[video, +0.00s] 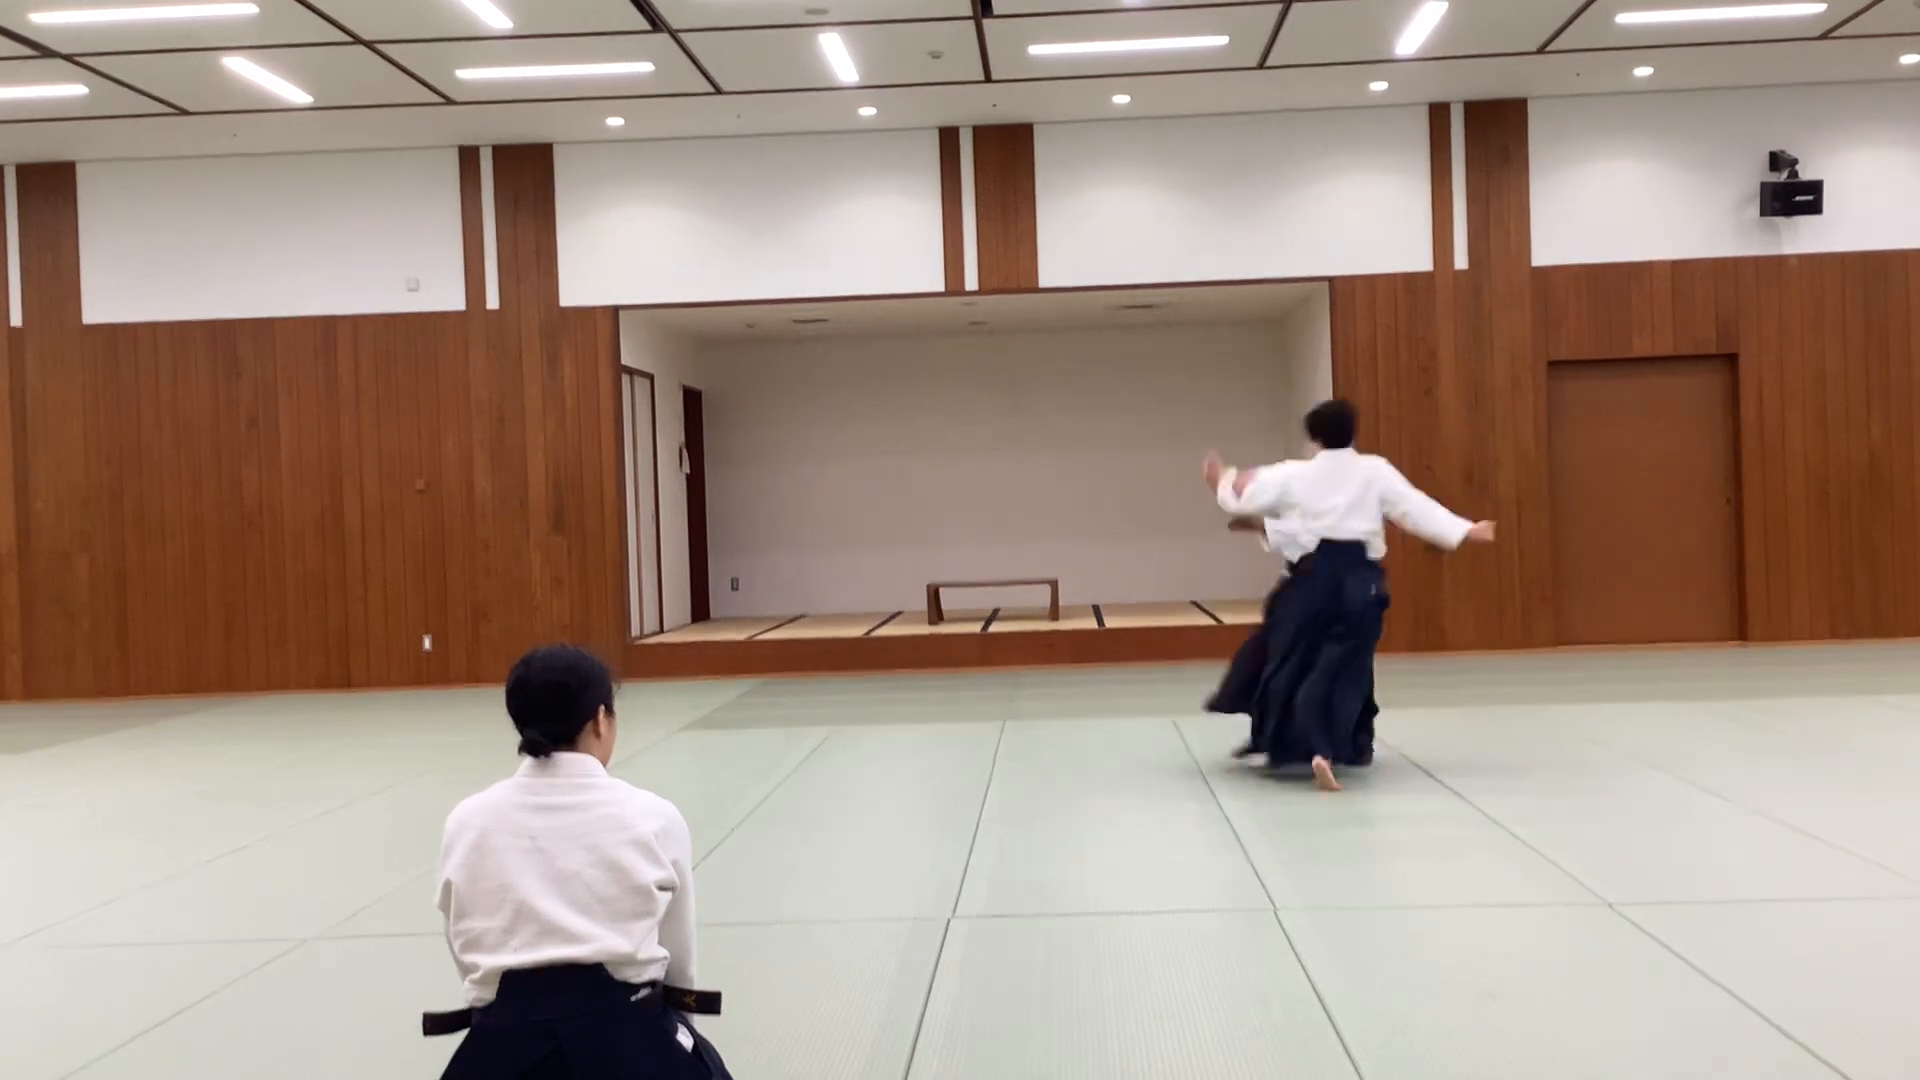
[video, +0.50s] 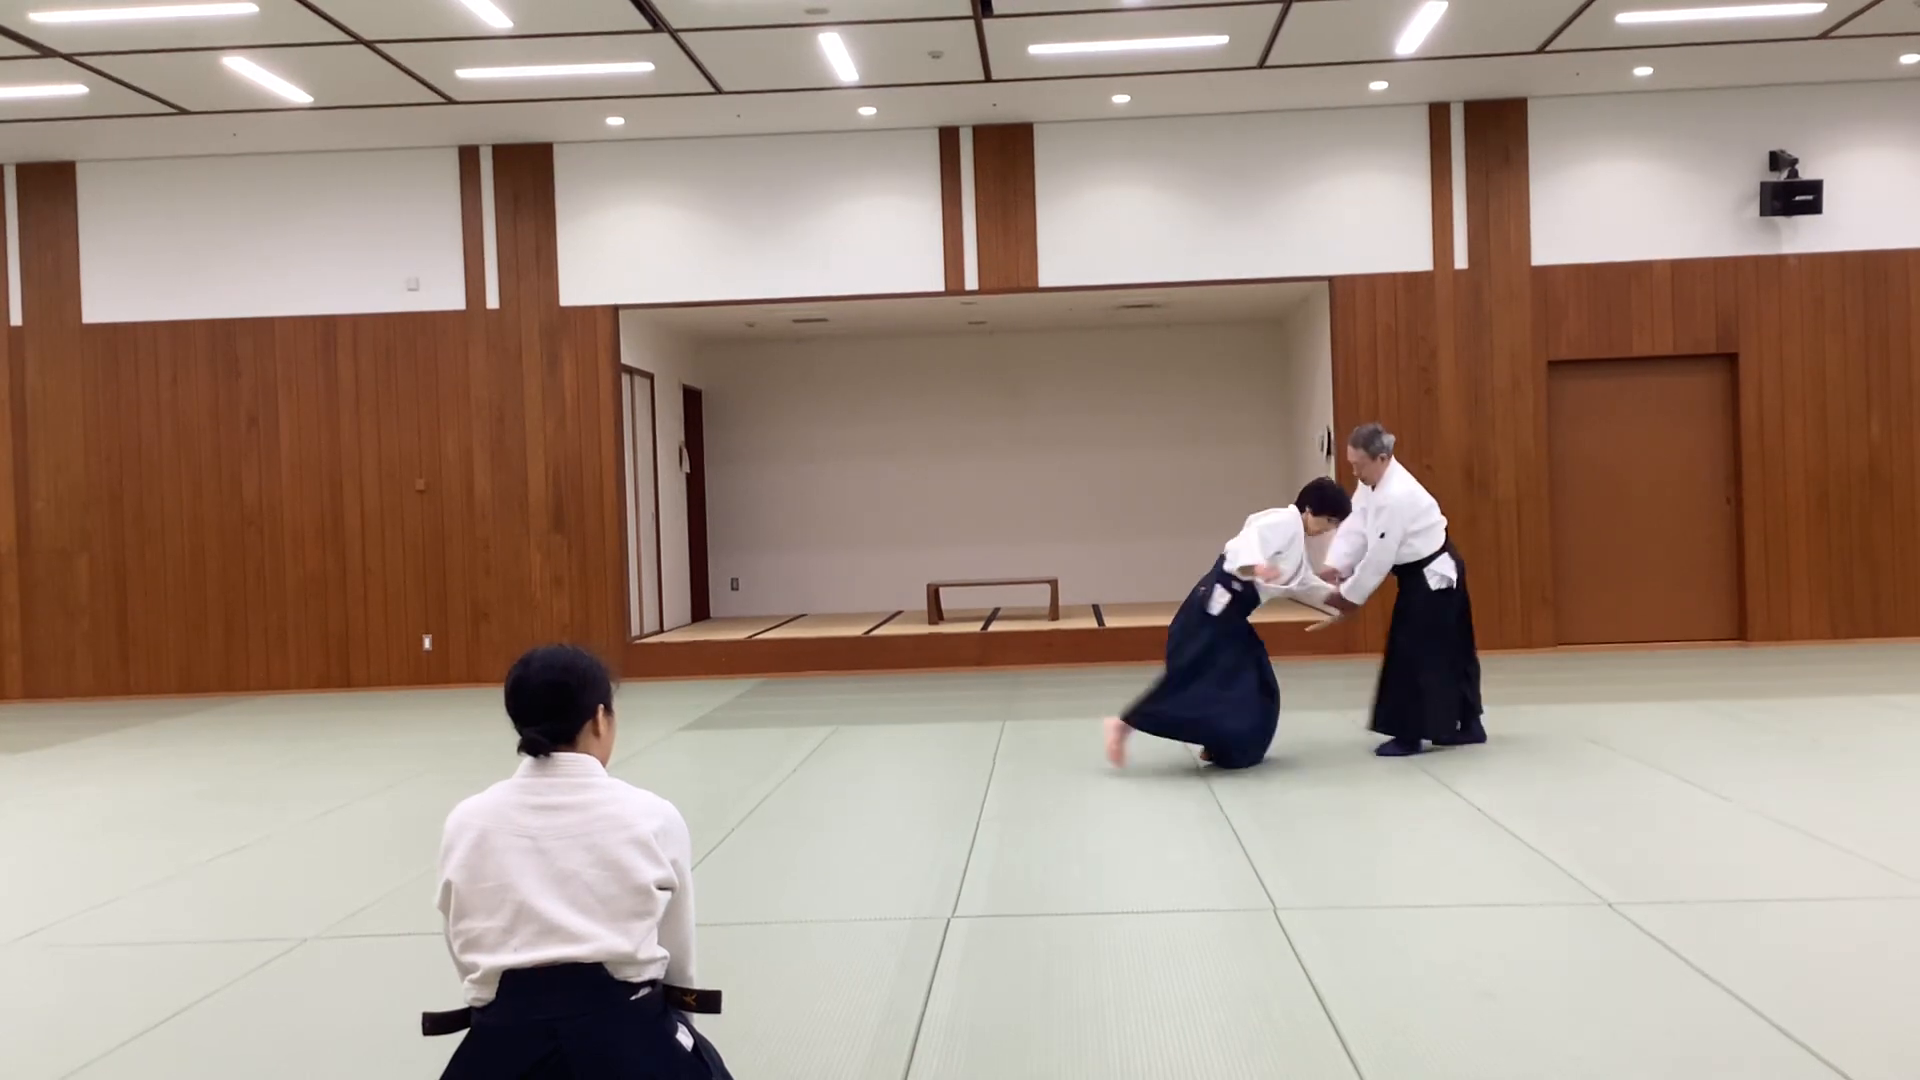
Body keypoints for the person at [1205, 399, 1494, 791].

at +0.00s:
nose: (1311, 442)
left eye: (1311, 436)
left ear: (1314, 437)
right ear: (1352, 434)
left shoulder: (1294, 474)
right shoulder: (1375, 470)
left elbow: (1243, 499)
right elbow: (1414, 507)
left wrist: (1221, 482)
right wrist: (1464, 528)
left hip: (1311, 578)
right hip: (1362, 578)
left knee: (1294, 658)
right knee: (1345, 664)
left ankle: (1285, 744)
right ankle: (1324, 751)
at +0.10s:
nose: (1329, 454)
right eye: (1326, 447)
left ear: (1281, 453)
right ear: (1321, 447)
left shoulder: (1268, 491)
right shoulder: (1342, 479)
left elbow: (1239, 532)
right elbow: (1386, 512)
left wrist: (1227, 524)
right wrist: (1435, 528)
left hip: (1289, 582)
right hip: (1338, 581)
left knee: (1264, 665)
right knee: (1337, 673)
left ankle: (1233, 738)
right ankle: (1321, 751)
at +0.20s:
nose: (1315, 472)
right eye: (1312, 467)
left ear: (1266, 468)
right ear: (1304, 467)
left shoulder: (1250, 506)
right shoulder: (1311, 490)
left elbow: (1245, 561)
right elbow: (1350, 516)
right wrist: (1394, 524)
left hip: (1258, 584)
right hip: (1302, 581)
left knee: (1248, 667)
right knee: (1321, 672)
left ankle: (1222, 744)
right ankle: (1314, 753)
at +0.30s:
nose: (1310, 504)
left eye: (1311, 501)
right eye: (1311, 499)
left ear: (1276, 486)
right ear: (1306, 492)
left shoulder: (1251, 515)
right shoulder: (1291, 504)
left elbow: (1238, 562)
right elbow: (1308, 531)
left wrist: (1298, 580)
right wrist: (1330, 533)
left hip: (1223, 595)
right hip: (1259, 596)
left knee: (1232, 677)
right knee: (1293, 677)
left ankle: (1219, 751)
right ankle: (1292, 757)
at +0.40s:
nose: (1321, 527)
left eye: (1324, 521)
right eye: (1322, 519)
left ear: (1299, 503)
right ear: (1310, 510)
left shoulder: (1277, 520)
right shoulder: (1290, 518)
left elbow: (1284, 581)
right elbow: (1266, 552)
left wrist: (1319, 596)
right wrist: (1289, 552)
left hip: (1213, 596)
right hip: (1232, 602)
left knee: (1236, 679)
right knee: (1259, 681)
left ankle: (1223, 752)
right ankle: (1211, 751)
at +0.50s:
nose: (1330, 530)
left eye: (1334, 525)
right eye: (1331, 523)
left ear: (1313, 512)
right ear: (1314, 512)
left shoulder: (1298, 538)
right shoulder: (1283, 520)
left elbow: (1298, 581)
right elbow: (1244, 542)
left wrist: (1331, 597)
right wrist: (1256, 565)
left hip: (1233, 614)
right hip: (1213, 605)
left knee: (1256, 683)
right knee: (1190, 676)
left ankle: (1219, 746)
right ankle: (1125, 724)